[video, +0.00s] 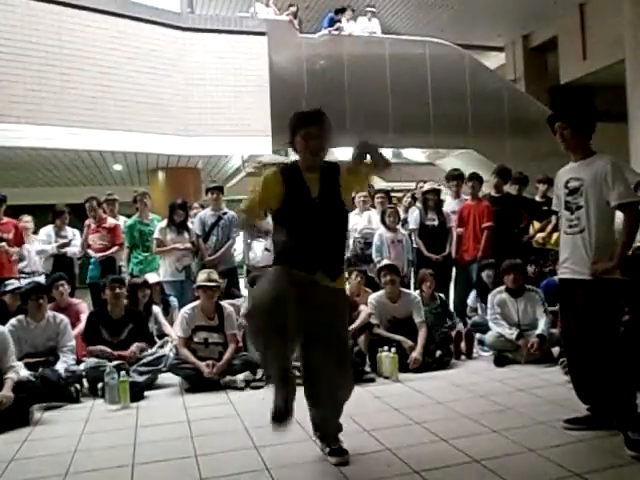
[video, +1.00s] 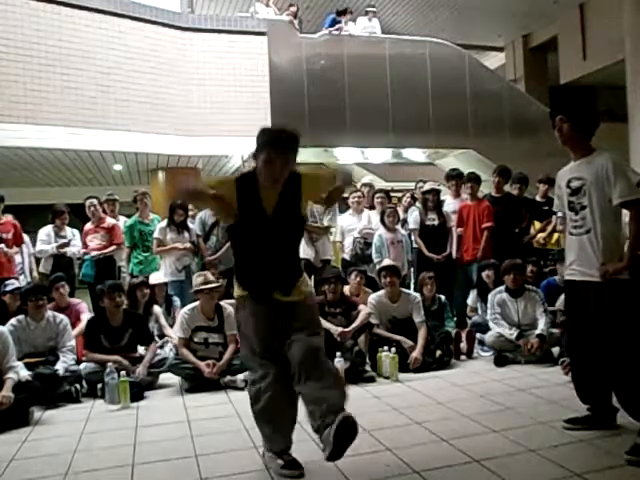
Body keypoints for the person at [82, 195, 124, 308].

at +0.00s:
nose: (92, 213)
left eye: (94, 210)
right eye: (89, 211)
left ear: (100, 208)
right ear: (87, 212)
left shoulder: (112, 224)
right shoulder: (88, 224)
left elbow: (119, 245)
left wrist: (102, 254)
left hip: (108, 259)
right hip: (93, 259)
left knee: (110, 290)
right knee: (94, 288)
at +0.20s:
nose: (93, 212)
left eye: (95, 208)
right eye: (90, 209)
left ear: (100, 208)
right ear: (88, 211)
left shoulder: (112, 224)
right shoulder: (88, 227)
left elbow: (119, 244)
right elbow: (85, 248)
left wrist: (103, 253)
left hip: (108, 258)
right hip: (94, 258)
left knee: (110, 287)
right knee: (93, 285)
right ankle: (98, 313)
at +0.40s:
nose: (93, 210)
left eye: (95, 206)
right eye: (90, 207)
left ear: (100, 207)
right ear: (87, 211)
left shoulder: (112, 224)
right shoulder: (87, 227)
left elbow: (119, 244)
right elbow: (85, 245)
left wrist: (102, 253)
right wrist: (87, 250)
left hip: (108, 258)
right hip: (93, 259)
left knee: (110, 289)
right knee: (94, 289)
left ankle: (112, 315)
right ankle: (98, 315)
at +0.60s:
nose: (92, 210)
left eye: (95, 206)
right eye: (89, 207)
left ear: (100, 207)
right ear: (87, 211)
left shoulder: (112, 224)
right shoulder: (87, 227)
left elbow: (119, 244)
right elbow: (84, 245)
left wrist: (103, 253)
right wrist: (87, 251)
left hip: (107, 258)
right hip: (93, 259)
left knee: (109, 288)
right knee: (94, 289)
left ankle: (111, 315)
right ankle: (98, 316)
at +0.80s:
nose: (92, 210)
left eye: (95, 206)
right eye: (89, 207)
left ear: (100, 207)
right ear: (86, 211)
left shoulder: (112, 224)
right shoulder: (87, 228)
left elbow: (118, 244)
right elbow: (84, 245)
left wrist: (102, 253)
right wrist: (84, 252)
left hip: (107, 259)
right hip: (92, 260)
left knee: (110, 290)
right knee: (94, 291)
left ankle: (112, 317)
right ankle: (99, 318)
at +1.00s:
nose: (92, 209)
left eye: (95, 206)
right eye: (89, 207)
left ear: (100, 207)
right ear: (87, 210)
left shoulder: (112, 224)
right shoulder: (87, 227)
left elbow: (118, 244)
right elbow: (84, 245)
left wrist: (101, 253)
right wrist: (84, 251)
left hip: (107, 259)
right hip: (91, 260)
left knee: (110, 291)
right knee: (94, 293)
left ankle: (112, 318)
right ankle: (98, 319)